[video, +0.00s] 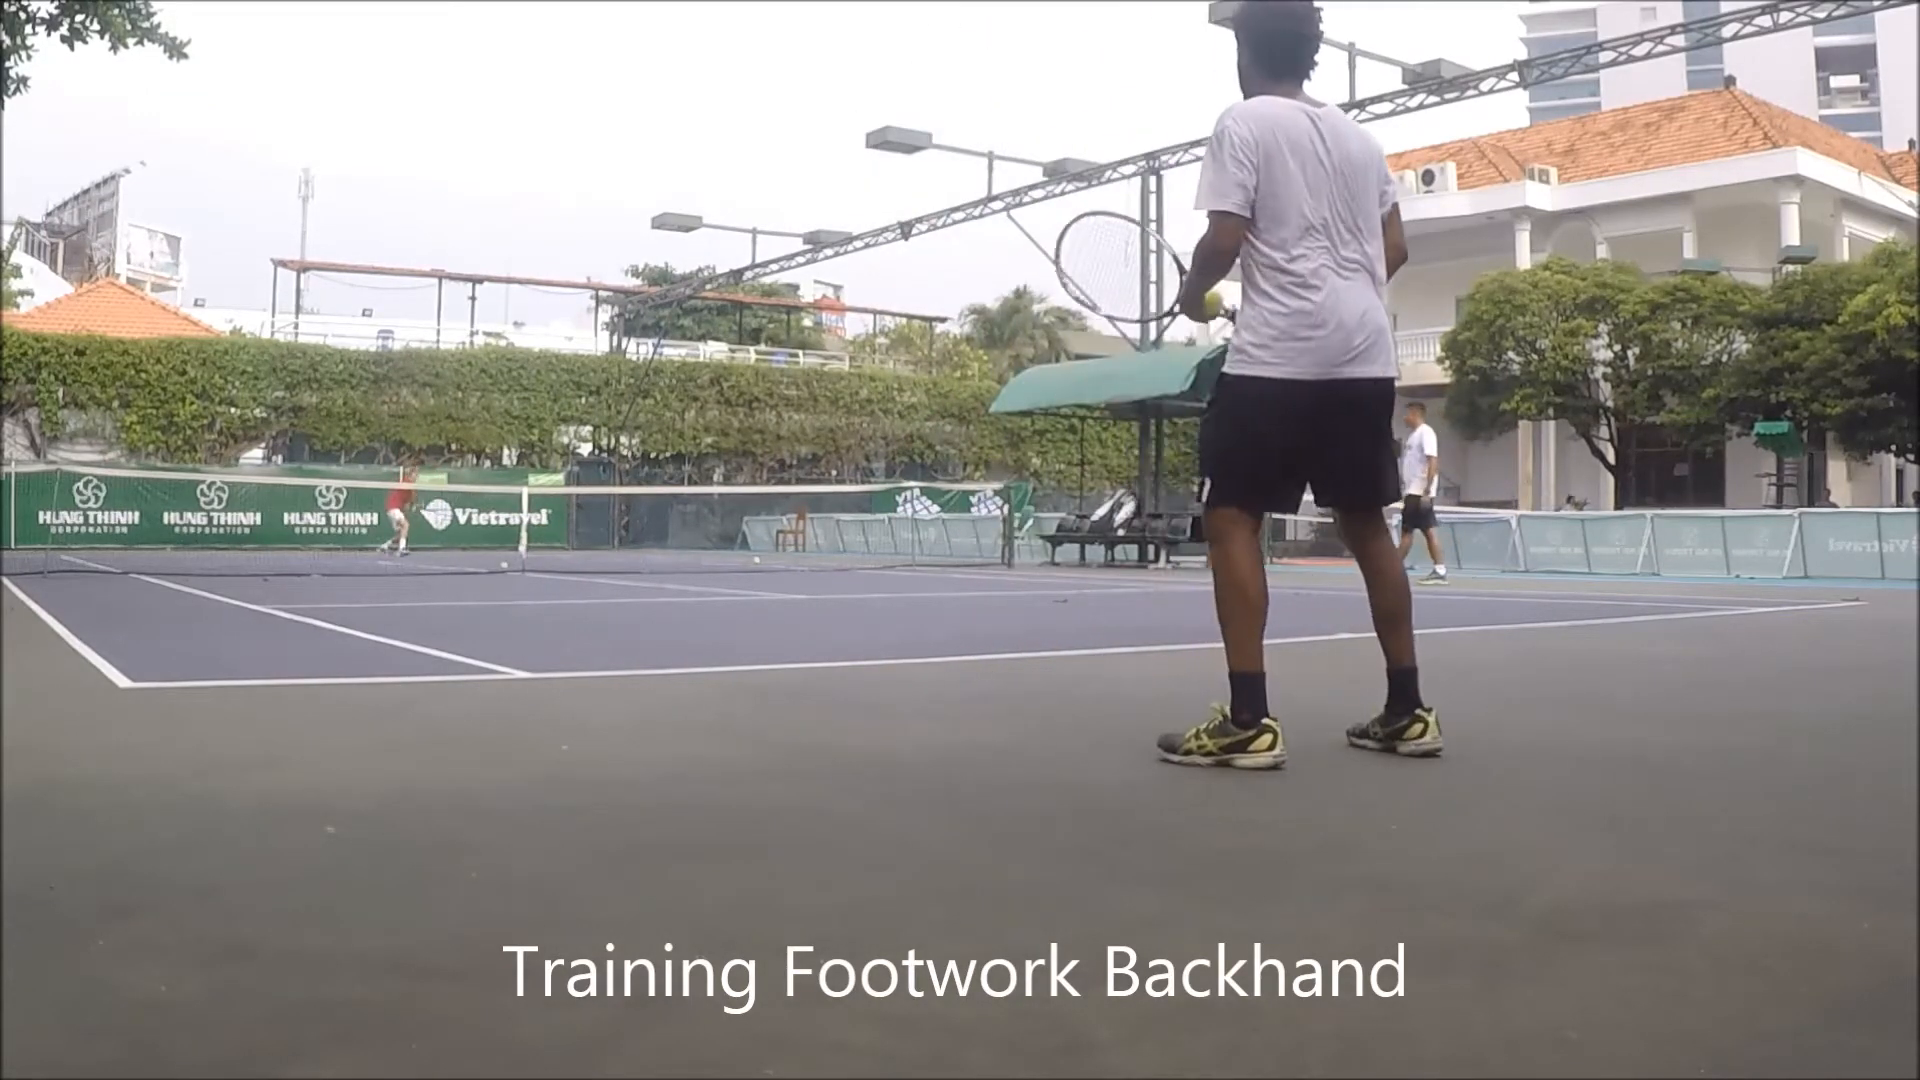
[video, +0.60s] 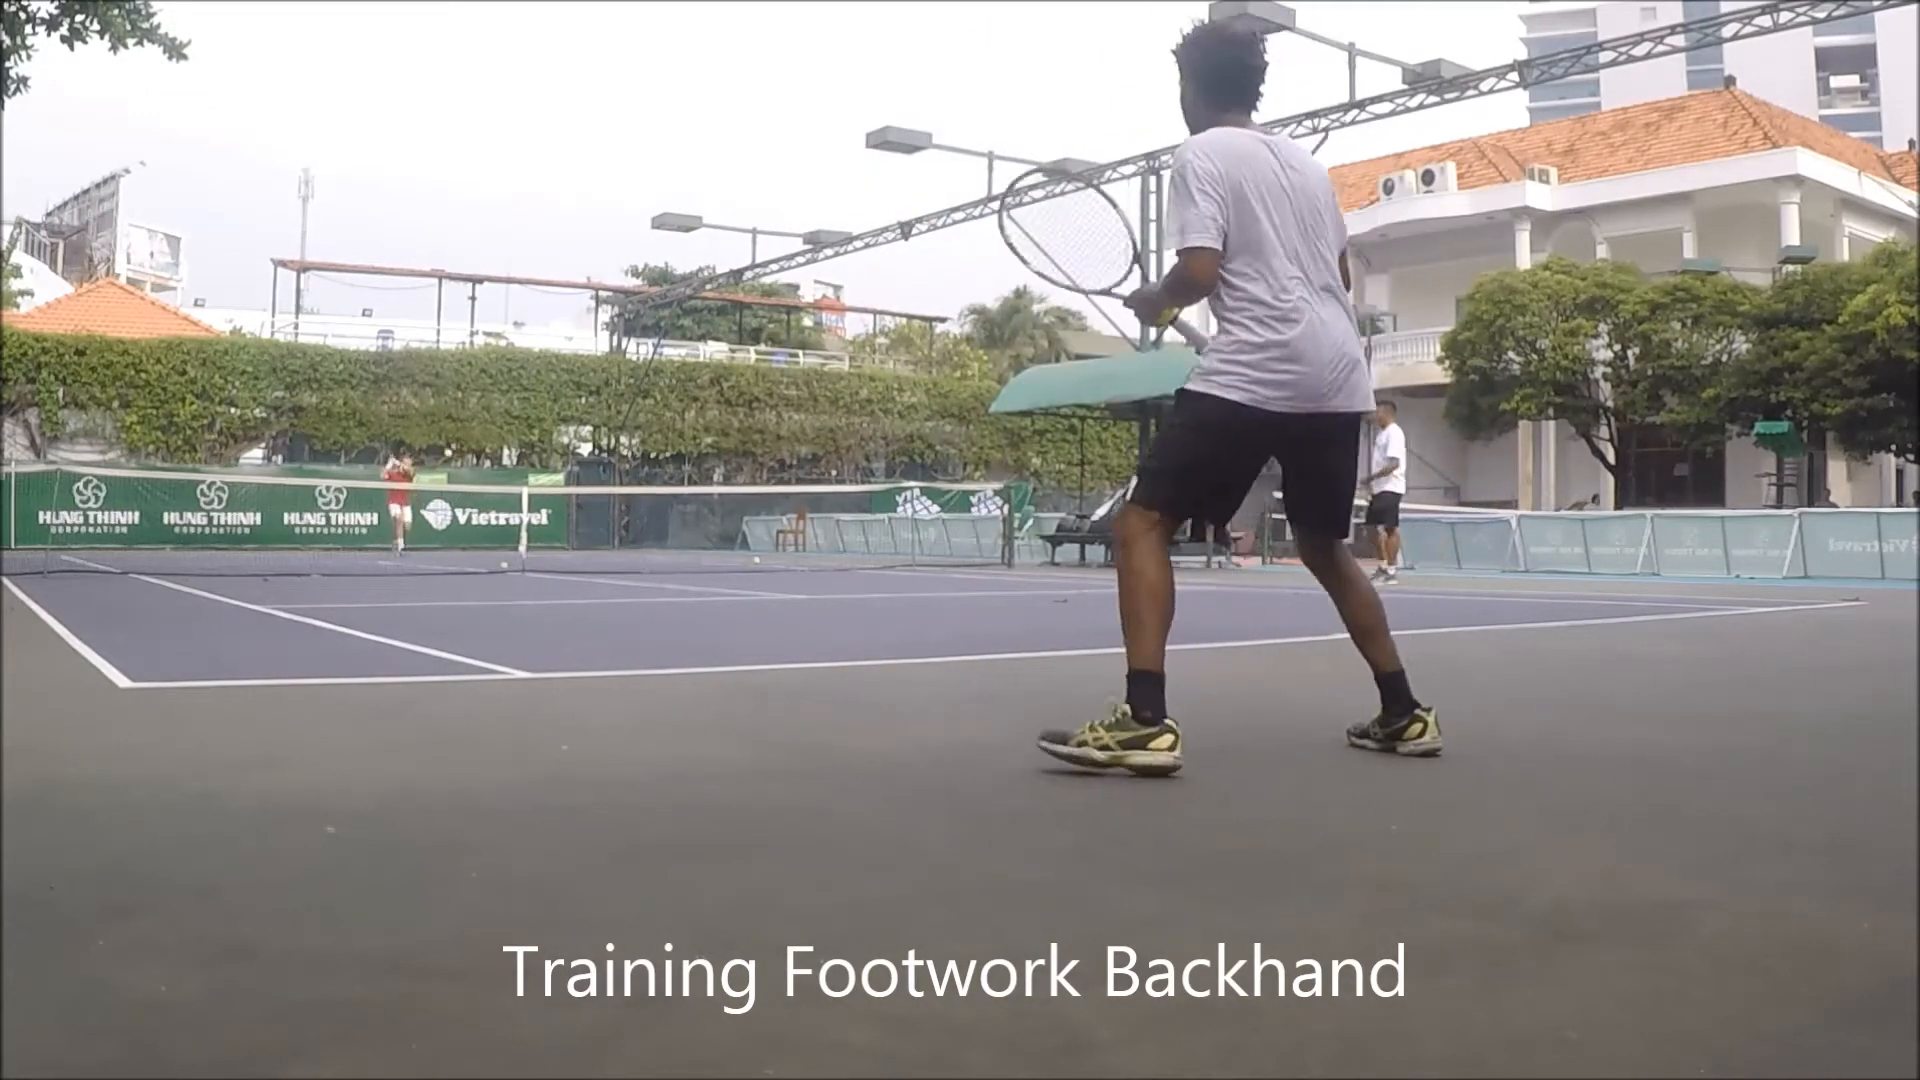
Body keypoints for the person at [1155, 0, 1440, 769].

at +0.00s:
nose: (1232, 60)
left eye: (1235, 46)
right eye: (1237, 45)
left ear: (1246, 52)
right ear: (1312, 55)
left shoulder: (1244, 122)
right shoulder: (1359, 137)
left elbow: (1225, 239)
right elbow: (1394, 250)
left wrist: (1193, 289)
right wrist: (1341, 304)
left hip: (1274, 360)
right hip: (1366, 363)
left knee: (1230, 523)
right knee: (1367, 524)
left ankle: (1247, 719)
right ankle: (1407, 708)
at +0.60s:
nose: (1178, 98)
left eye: (1180, 86)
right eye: (1180, 85)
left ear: (1191, 86)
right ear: (1256, 89)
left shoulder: (1202, 153)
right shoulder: (1310, 165)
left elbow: (1200, 271)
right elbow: (1339, 276)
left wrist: (1157, 299)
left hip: (1254, 373)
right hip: (1341, 383)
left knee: (1139, 525)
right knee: (1326, 548)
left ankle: (1144, 717)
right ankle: (1402, 710)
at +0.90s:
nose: (1035, 74)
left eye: (1036, 57)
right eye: (1034, 58)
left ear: (1056, 59)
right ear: (1112, 53)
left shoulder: (1108, 120)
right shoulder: (1127, 129)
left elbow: (1078, 233)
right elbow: (1078, 265)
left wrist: (983, 235)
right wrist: (998, 298)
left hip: (1150, 354)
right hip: (1203, 356)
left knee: (1072, 522)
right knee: (1162, 538)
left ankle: (1130, 726)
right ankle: (1301, 671)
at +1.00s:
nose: (994, 75)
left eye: (998, 58)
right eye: (995, 58)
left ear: (1019, 60)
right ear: (1069, 51)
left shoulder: (1085, 114)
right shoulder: (1067, 138)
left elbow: (1052, 215)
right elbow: (1004, 251)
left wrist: (950, 200)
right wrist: (932, 271)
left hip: (1128, 347)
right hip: (1149, 350)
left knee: (1064, 518)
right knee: (1089, 532)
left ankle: (1130, 725)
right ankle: (1223, 667)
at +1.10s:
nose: (961, 101)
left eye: (965, 85)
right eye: (962, 86)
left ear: (990, 82)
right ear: (1021, 80)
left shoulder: (1058, 129)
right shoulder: (1010, 168)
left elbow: (1018, 217)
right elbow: (940, 257)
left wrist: (912, 188)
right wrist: (864, 260)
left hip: (1100, 361)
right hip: (1068, 362)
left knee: (1020, 531)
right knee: (992, 533)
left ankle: (1125, 726)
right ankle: (1128, 675)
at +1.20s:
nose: (922, 127)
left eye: (929, 111)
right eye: (920, 115)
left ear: (964, 104)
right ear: (971, 109)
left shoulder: (1022, 148)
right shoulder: (971, 187)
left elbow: (973, 224)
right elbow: (897, 267)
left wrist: (875, 182)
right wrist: (823, 257)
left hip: (1064, 378)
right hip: (1018, 381)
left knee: (988, 550)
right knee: (912, 518)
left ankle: (1124, 721)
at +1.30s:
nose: (882, 148)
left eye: (888, 134)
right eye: (880, 136)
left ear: (922, 124)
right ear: (918, 126)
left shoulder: (977, 157)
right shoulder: (921, 211)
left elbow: (922, 214)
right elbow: (844, 273)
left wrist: (833, 171)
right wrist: (774, 248)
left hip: (1016, 388)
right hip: (964, 393)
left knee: (970, 557)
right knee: (859, 505)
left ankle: (1115, 711)